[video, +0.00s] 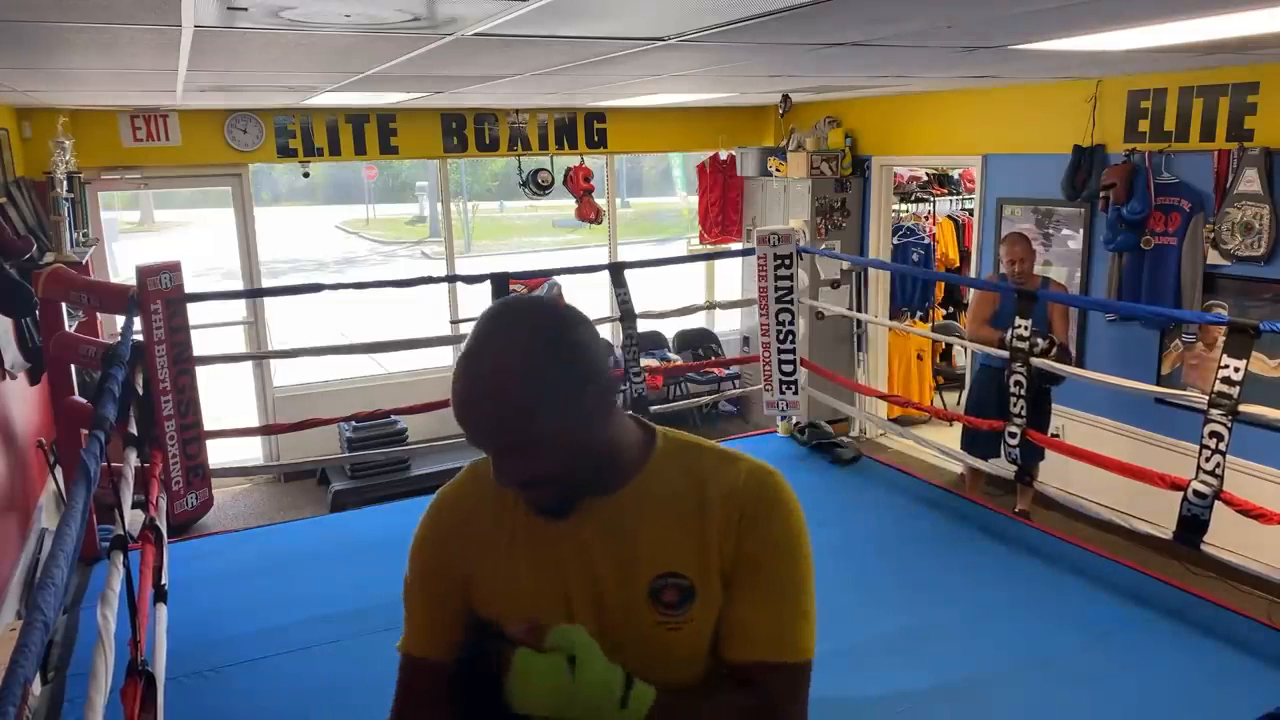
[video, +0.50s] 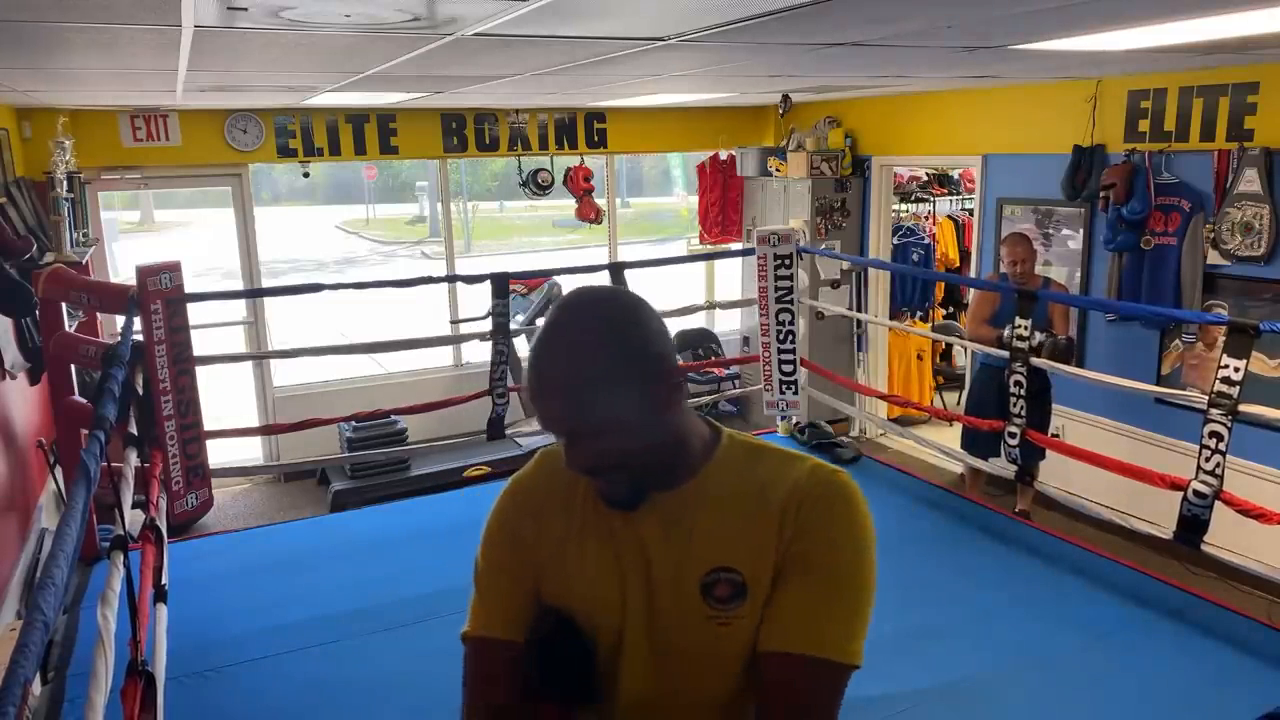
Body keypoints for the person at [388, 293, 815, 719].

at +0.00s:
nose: (507, 481)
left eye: (529, 455)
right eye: (488, 453)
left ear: (609, 388)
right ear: (474, 427)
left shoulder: (747, 505)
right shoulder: (456, 518)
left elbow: (774, 702)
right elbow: (420, 699)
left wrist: (624, 700)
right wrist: (496, 686)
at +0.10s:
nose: (514, 472)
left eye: (533, 443)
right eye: (498, 446)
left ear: (609, 397)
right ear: (483, 426)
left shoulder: (755, 501)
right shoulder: (468, 512)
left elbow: (775, 703)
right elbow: (435, 700)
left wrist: (610, 700)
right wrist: (487, 682)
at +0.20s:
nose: (530, 472)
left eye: (547, 443)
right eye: (514, 445)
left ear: (627, 400)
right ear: (498, 423)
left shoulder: (770, 501)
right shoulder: (487, 509)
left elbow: (774, 707)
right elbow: (451, 704)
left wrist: (585, 705)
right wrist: (484, 688)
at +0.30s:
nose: (539, 470)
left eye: (556, 442)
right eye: (523, 444)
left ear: (638, 394)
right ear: (506, 423)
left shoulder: (780, 503)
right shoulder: (498, 508)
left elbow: (779, 707)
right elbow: (457, 705)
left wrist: (567, 706)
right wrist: (481, 696)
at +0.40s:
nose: (556, 466)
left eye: (575, 438)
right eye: (541, 440)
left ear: (653, 391)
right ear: (526, 420)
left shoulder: (797, 506)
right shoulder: (515, 505)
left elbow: (789, 708)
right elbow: (477, 699)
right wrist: (506, 707)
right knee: (519, 704)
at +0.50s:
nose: (576, 466)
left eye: (598, 444)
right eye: (558, 438)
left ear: (673, 389)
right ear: (538, 411)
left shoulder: (813, 506)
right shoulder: (528, 503)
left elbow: (794, 708)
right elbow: (489, 703)